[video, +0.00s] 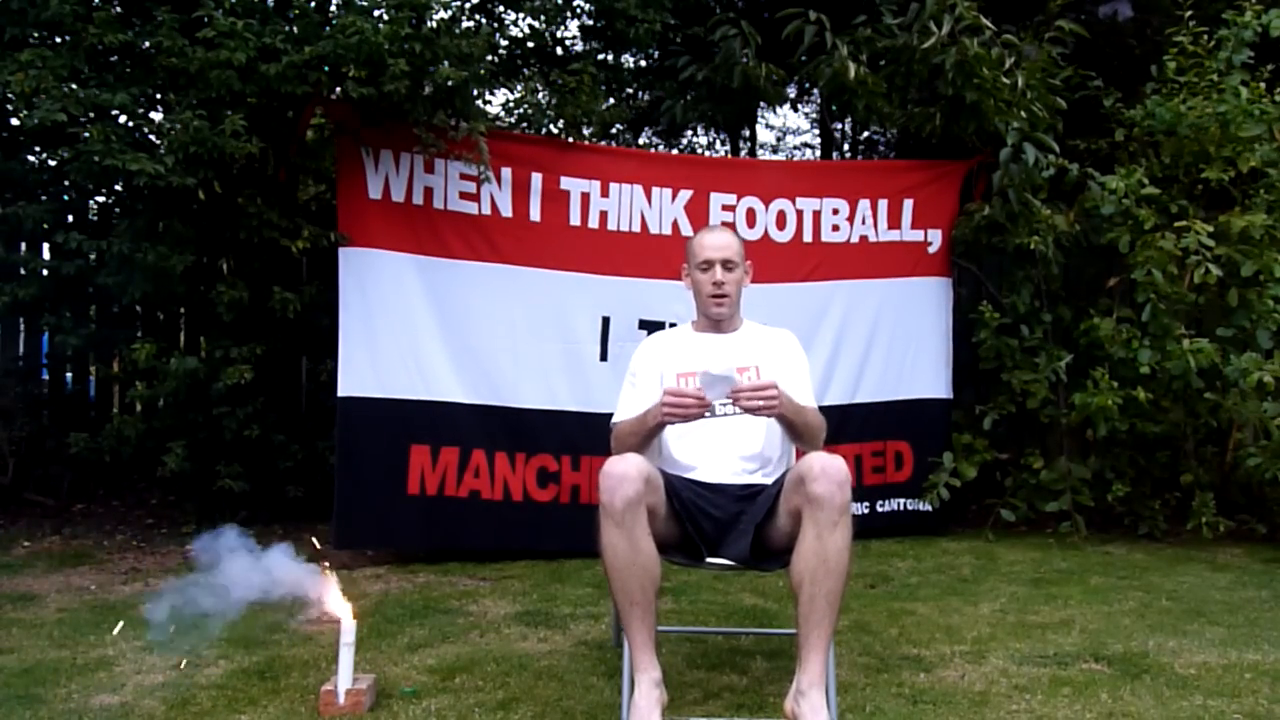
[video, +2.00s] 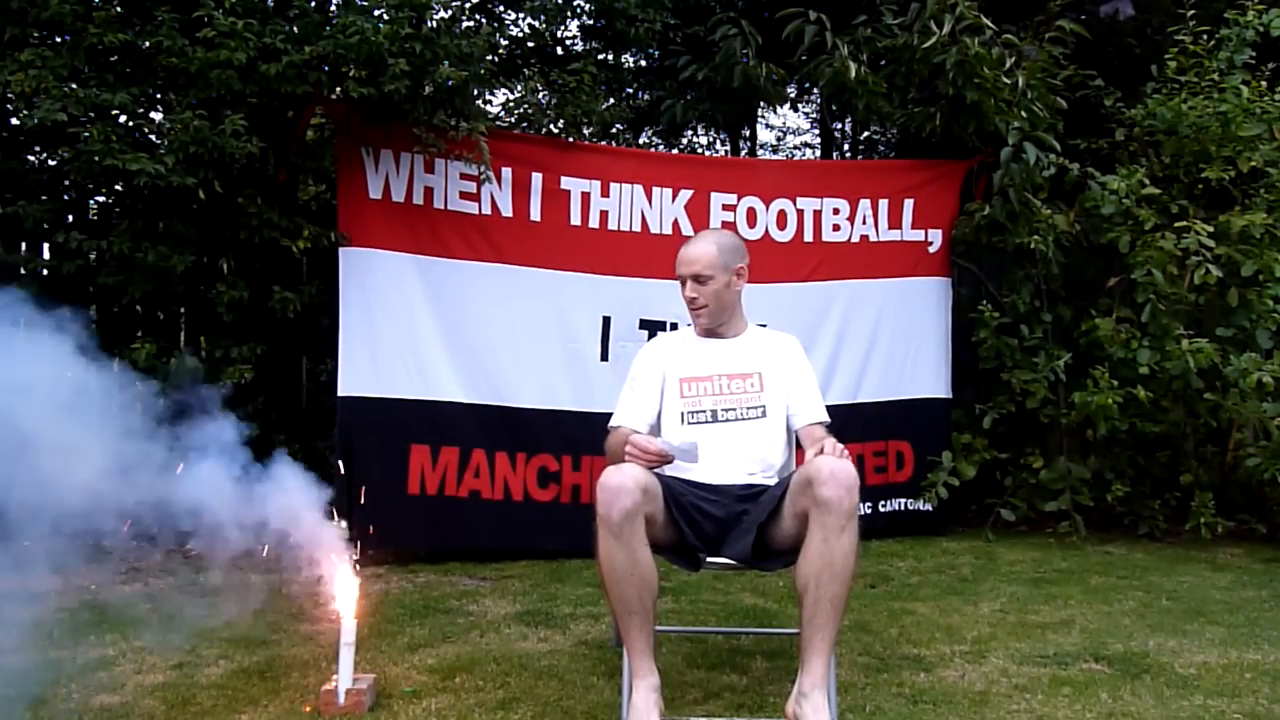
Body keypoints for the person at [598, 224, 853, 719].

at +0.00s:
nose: (718, 278)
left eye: (729, 267)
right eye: (705, 268)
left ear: (746, 275)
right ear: (687, 278)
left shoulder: (781, 345)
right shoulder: (655, 348)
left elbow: (814, 438)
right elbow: (619, 445)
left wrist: (782, 405)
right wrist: (656, 416)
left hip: (766, 505)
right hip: (677, 503)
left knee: (830, 473)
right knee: (618, 475)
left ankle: (810, 687)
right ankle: (646, 678)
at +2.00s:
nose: (689, 295)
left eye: (701, 281)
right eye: (683, 282)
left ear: (739, 279)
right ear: (678, 283)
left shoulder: (783, 349)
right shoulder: (660, 351)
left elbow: (813, 435)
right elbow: (615, 442)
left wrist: (825, 446)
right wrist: (632, 445)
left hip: (767, 504)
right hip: (679, 503)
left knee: (838, 477)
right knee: (615, 486)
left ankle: (812, 689)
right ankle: (643, 683)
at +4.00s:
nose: (685, 299)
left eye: (696, 285)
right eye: (679, 287)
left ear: (735, 279)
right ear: (674, 286)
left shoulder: (782, 350)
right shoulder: (659, 352)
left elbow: (812, 437)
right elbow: (616, 442)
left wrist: (823, 446)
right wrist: (635, 445)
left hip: (768, 505)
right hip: (680, 503)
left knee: (836, 477)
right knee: (617, 485)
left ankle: (812, 690)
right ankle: (642, 682)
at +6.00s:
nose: (725, 280)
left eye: (737, 269)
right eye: (713, 269)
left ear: (753, 277)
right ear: (693, 277)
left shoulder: (785, 348)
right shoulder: (660, 349)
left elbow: (814, 433)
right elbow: (623, 434)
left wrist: (824, 448)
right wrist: (623, 446)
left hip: (767, 502)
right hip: (680, 499)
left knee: (835, 494)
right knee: (619, 492)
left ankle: (806, 697)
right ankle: (645, 687)